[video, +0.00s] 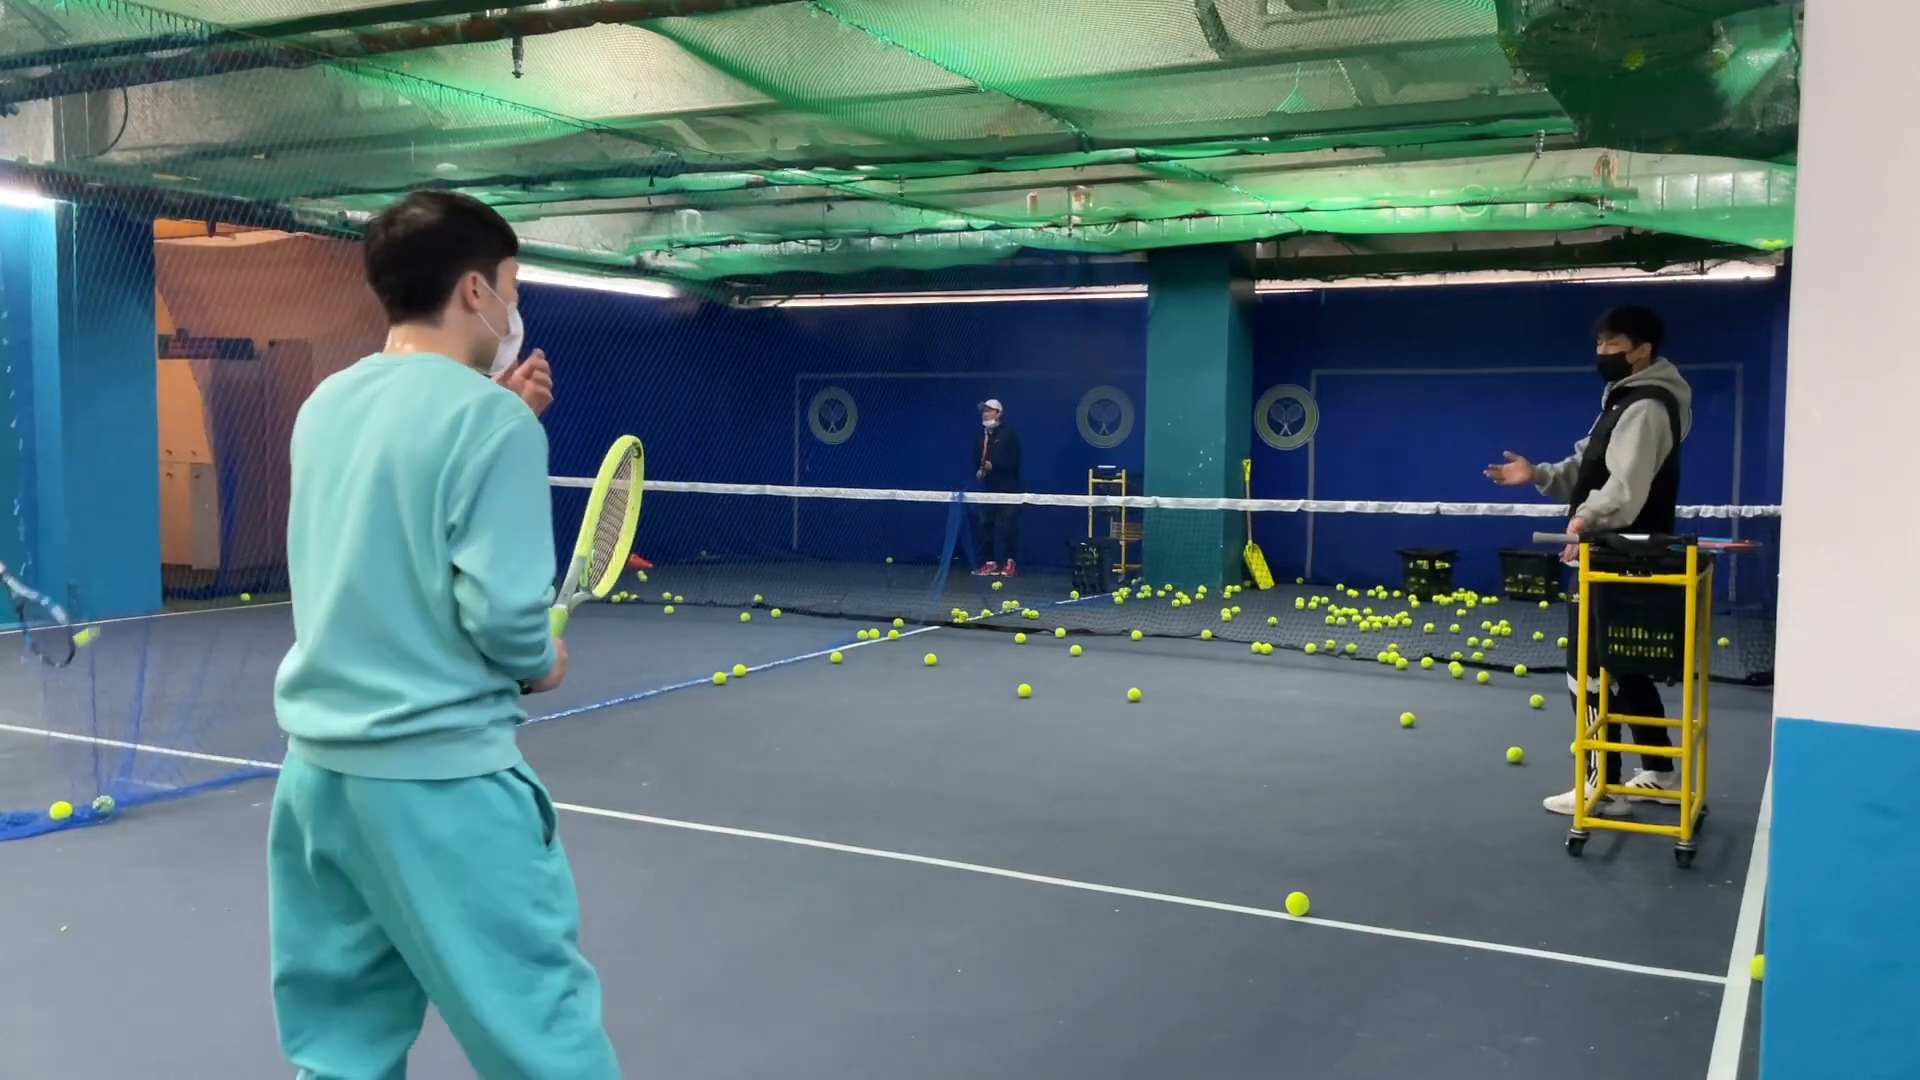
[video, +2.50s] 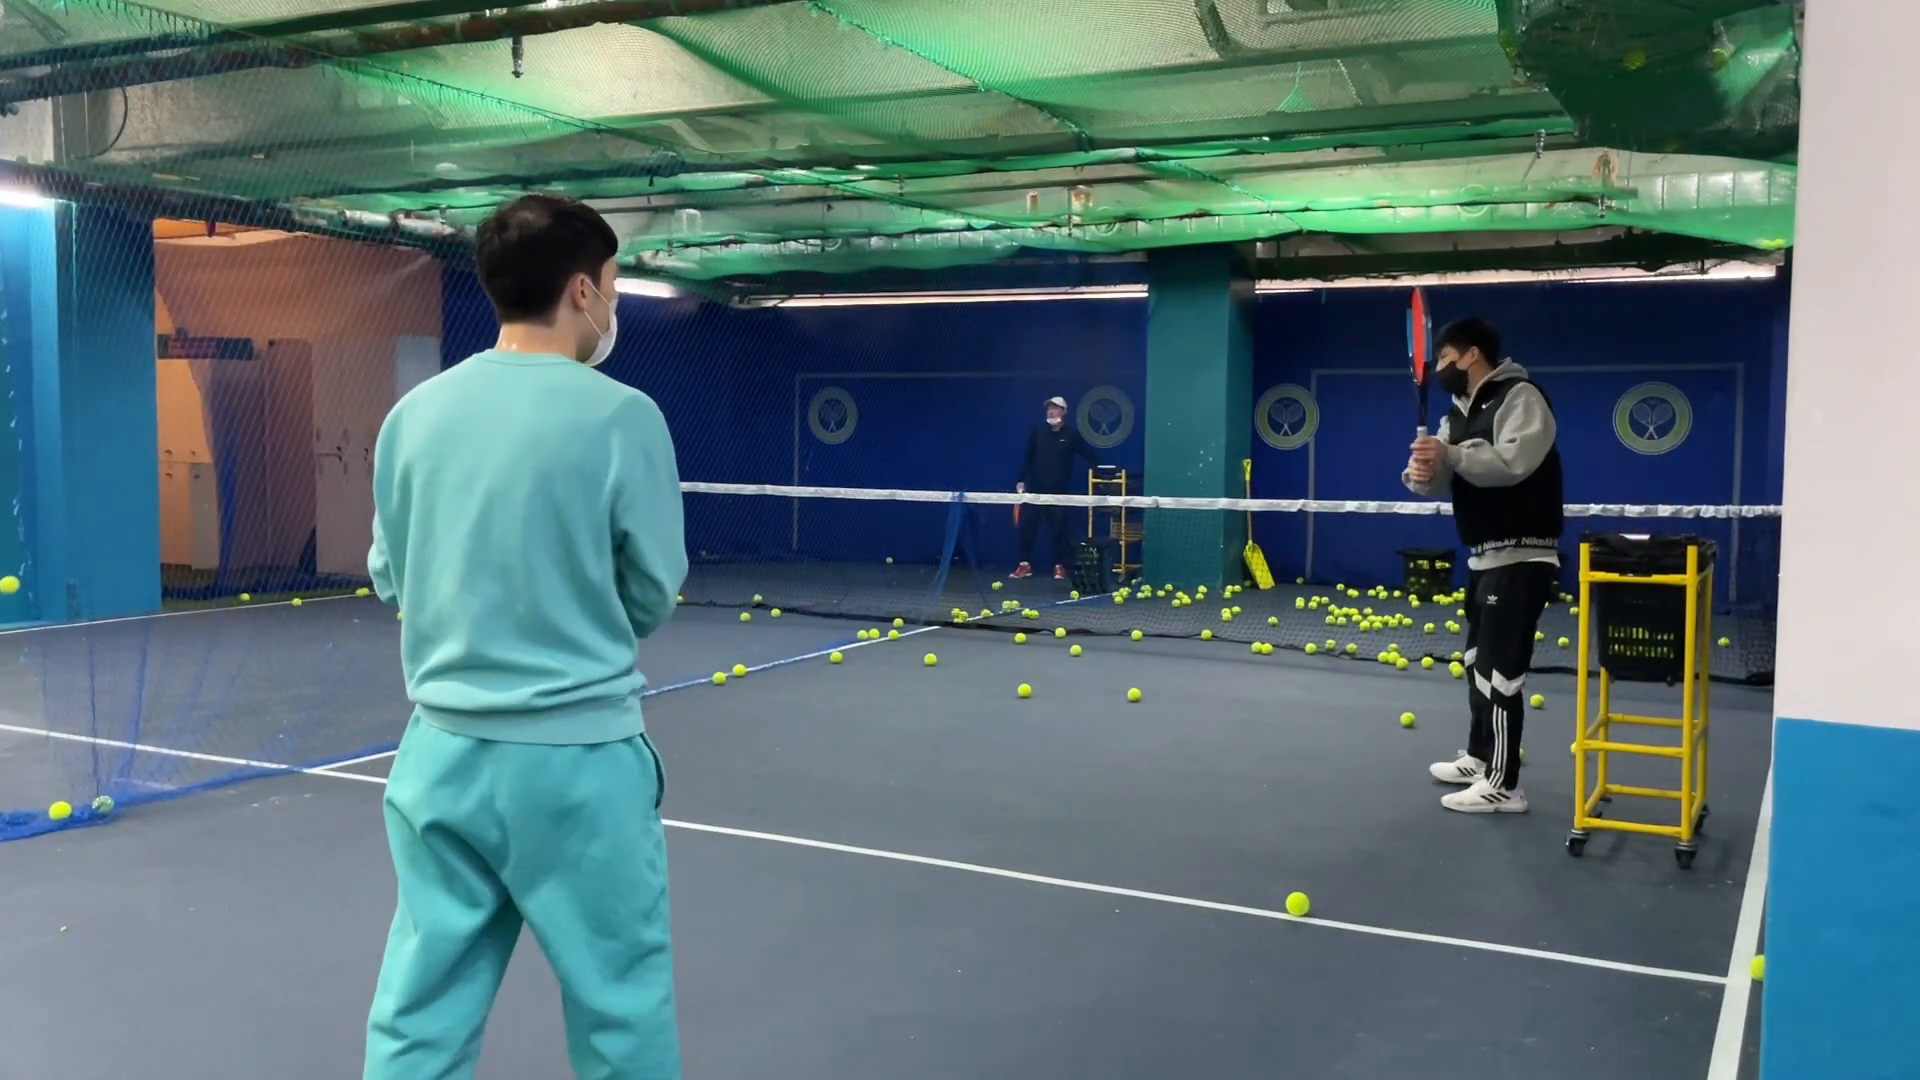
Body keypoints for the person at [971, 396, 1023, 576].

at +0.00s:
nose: (985, 414)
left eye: (989, 410)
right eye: (984, 410)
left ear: (998, 413)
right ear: (982, 413)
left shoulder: (1008, 434)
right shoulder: (981, 435)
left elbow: (1013, 462)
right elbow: (977, 458)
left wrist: (993, 465)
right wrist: (979, 470)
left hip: (1008, 486)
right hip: (989, 485)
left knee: (1007, 524)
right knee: (987, 523)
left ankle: (1009, 561)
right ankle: (991, 561)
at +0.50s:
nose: (1000, 416)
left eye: (1004, 412)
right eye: (998, 413)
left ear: (1013, 415)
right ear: (995, 416)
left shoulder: (1023, 437)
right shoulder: (992, 439)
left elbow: (1027, 465)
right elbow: (986, 463)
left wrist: (1006, 480)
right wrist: (987, 481)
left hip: (1020, 488)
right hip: (998, 489)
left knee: (1028, 527)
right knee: (992, 525)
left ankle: (1037, 564)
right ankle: (991, 563)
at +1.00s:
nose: (1034, 443)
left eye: (1037, 440)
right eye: (1031, 440)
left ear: (1042, 442)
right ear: (1025, 440)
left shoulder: (1048, 460)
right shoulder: (1015, 458)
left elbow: (1054, 486)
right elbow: (1001, 482)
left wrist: (1046, 490)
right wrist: (990, 501)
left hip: (1039, 503)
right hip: (1014, 501)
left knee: (1046, 526)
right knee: (997, 522)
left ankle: (1034, 566)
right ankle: (992, 563)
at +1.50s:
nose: (1036, 421)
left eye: (1040, 417)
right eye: (1034, 417)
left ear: (1046, 421)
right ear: (1029, 419)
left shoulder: (1052, 441)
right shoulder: (1019, 440)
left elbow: (1062, 471)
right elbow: (1005, 468)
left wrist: (1055, 461)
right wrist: (1000, 494)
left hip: (1042, 491)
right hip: (1018, 490)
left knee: (1041, 529)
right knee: (1017, 528)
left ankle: (1033, 565)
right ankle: (1016, 563)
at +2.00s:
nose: (1037, 416)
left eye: (1041, 413)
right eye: (1034, 413)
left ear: (1048, 415)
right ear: (1030, 414)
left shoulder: (1056, 436)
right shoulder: (1022, 435)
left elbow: (1075, 454)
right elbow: (1011, 460)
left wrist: (1093, 467)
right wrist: (999, 483)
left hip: (1048, 490)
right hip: (1025, 489)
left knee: (1053, 530)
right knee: (1020, 529)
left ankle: (1059, 565)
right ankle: (1020, 565)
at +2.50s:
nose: (1052, 412)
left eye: (1056, 409)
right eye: (1050, 408)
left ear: (1063, 412)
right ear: (1046, 411)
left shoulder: (1070, 436)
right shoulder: (1036, 433)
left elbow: (1090, 455)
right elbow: (1028, 458)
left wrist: (1101, 470)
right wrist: (1021, 480)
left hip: (1059, 489)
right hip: (1034, 487)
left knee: (1059, 529)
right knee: (1026, 527)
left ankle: (1059, 565)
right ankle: (1024, 564)